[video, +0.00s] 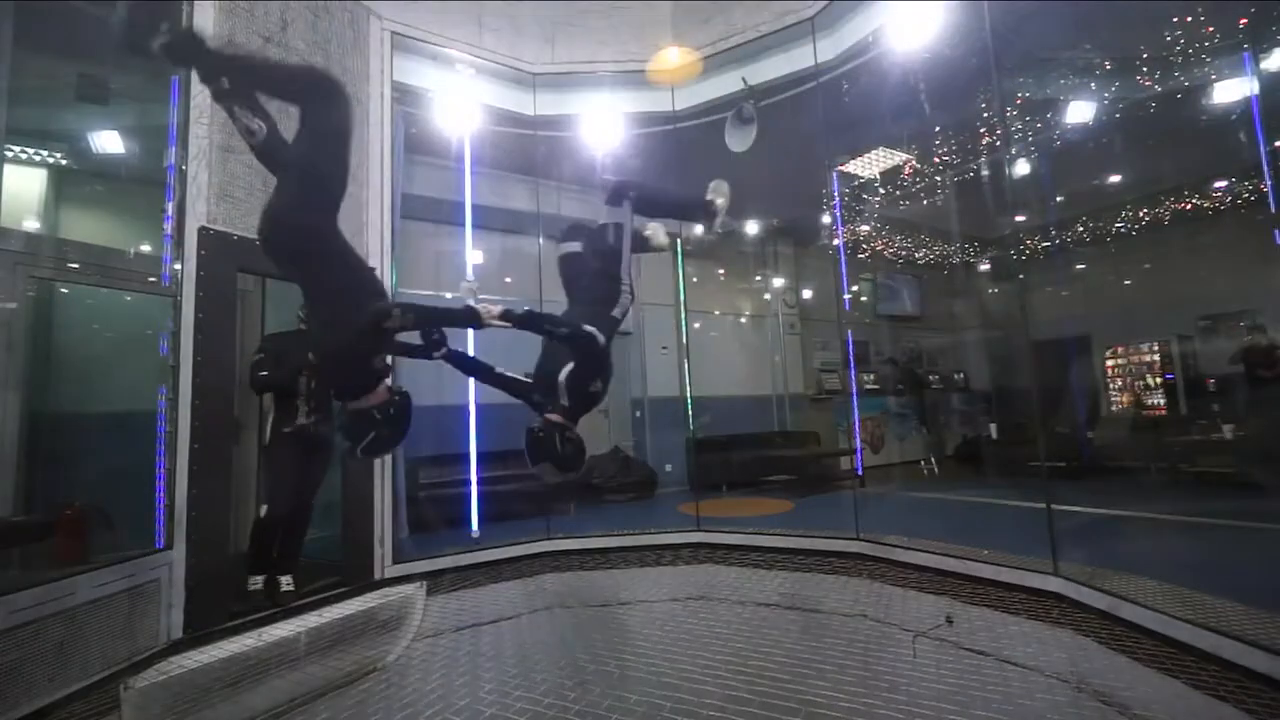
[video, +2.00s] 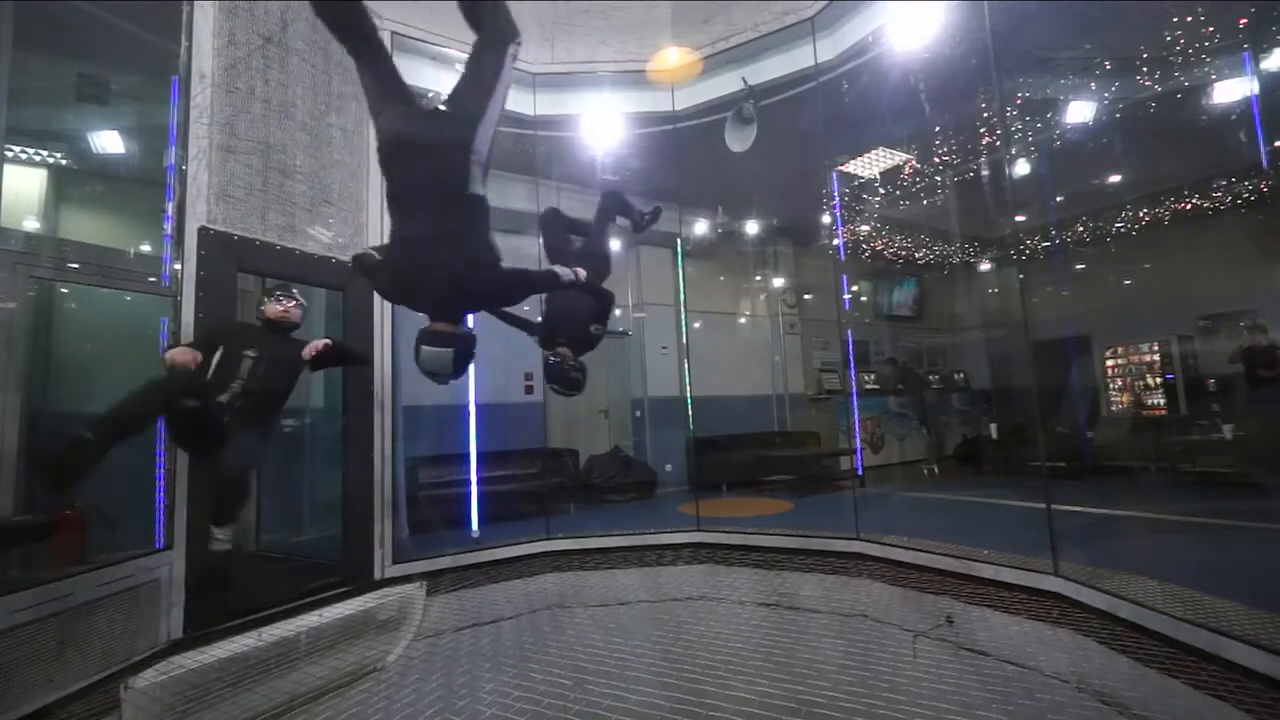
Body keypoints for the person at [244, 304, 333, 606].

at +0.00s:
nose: (318, 321)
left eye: (322, 316)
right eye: (314, 315)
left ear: (329, 318)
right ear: (305, 314)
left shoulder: (332, 347)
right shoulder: (278, 343)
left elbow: (345, 388)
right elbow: (258, 380)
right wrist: (295, 374)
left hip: (319, 438)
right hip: (284, 437)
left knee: (302, 507)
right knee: (278, 507)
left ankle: (285, 575)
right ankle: (258, 573)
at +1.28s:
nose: (317, 312)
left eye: (321, 308)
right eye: (309, 306)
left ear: (325, 313)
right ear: (293, 309)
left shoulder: (322, 352)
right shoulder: (267, 336)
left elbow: (345, 384)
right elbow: (236, 358)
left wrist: (351, 357)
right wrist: (278, 359)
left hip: (302, 435)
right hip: (266, 431)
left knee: (294, 503)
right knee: (233, 474)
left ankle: (283, 572)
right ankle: (249, 546)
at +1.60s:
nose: (314, 315)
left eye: (318, 310)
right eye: (306, 310)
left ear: (321, 318)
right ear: (288, 315)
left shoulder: (318, 352)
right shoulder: (262, 345)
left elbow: (340, 357)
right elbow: (218, 371)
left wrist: (357, 355)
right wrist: (262, 363)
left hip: (298, 440)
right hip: (259, 434)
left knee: (303, 516)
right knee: (226, 452)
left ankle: (282, 575)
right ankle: (211, 529)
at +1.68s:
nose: (310, 317)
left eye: (314, 313)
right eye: (301, 312)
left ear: (320, 322)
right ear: (284, 320)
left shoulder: (317, 355)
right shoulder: (262, 347)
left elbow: (335, 357)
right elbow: (209, 365)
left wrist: (352, 361)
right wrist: (252, 363)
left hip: (295, 446)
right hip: (256, 438)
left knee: (301, 517)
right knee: (216, 445)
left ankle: (281, 577)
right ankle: (191, 518)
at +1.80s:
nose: (305, 312)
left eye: (310, 309)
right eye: (297, 306)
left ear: (314, 321)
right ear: (280, 313)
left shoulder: (312, 352)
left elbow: (329, 356)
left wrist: (341, 356)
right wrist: (218, 349)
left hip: (282, 440)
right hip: (243, 431)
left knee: (288, 516)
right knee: (204, 426)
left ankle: (279, 575)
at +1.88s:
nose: (299, 306)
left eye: (305, 304)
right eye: (291, 301)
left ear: (309, 318)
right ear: (275, 308)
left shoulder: (309, 349)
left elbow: (364, 356)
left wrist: (338, 350)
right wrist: (182, 349)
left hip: (265, 434)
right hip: (222, 419)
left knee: (270, 518)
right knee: (194, 418)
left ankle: (265, 553)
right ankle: (124, 466)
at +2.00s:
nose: (287, 305)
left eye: (294, 304)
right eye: (280, 300)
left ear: (300, 318)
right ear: (263, 307)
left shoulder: (301, 350)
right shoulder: (231, 331)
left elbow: (363, 360)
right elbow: (180, 352)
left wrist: (333, 348)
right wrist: (175, 355)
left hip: (239, 440)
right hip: (199, 423)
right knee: (168, 385)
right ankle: (91, 442)